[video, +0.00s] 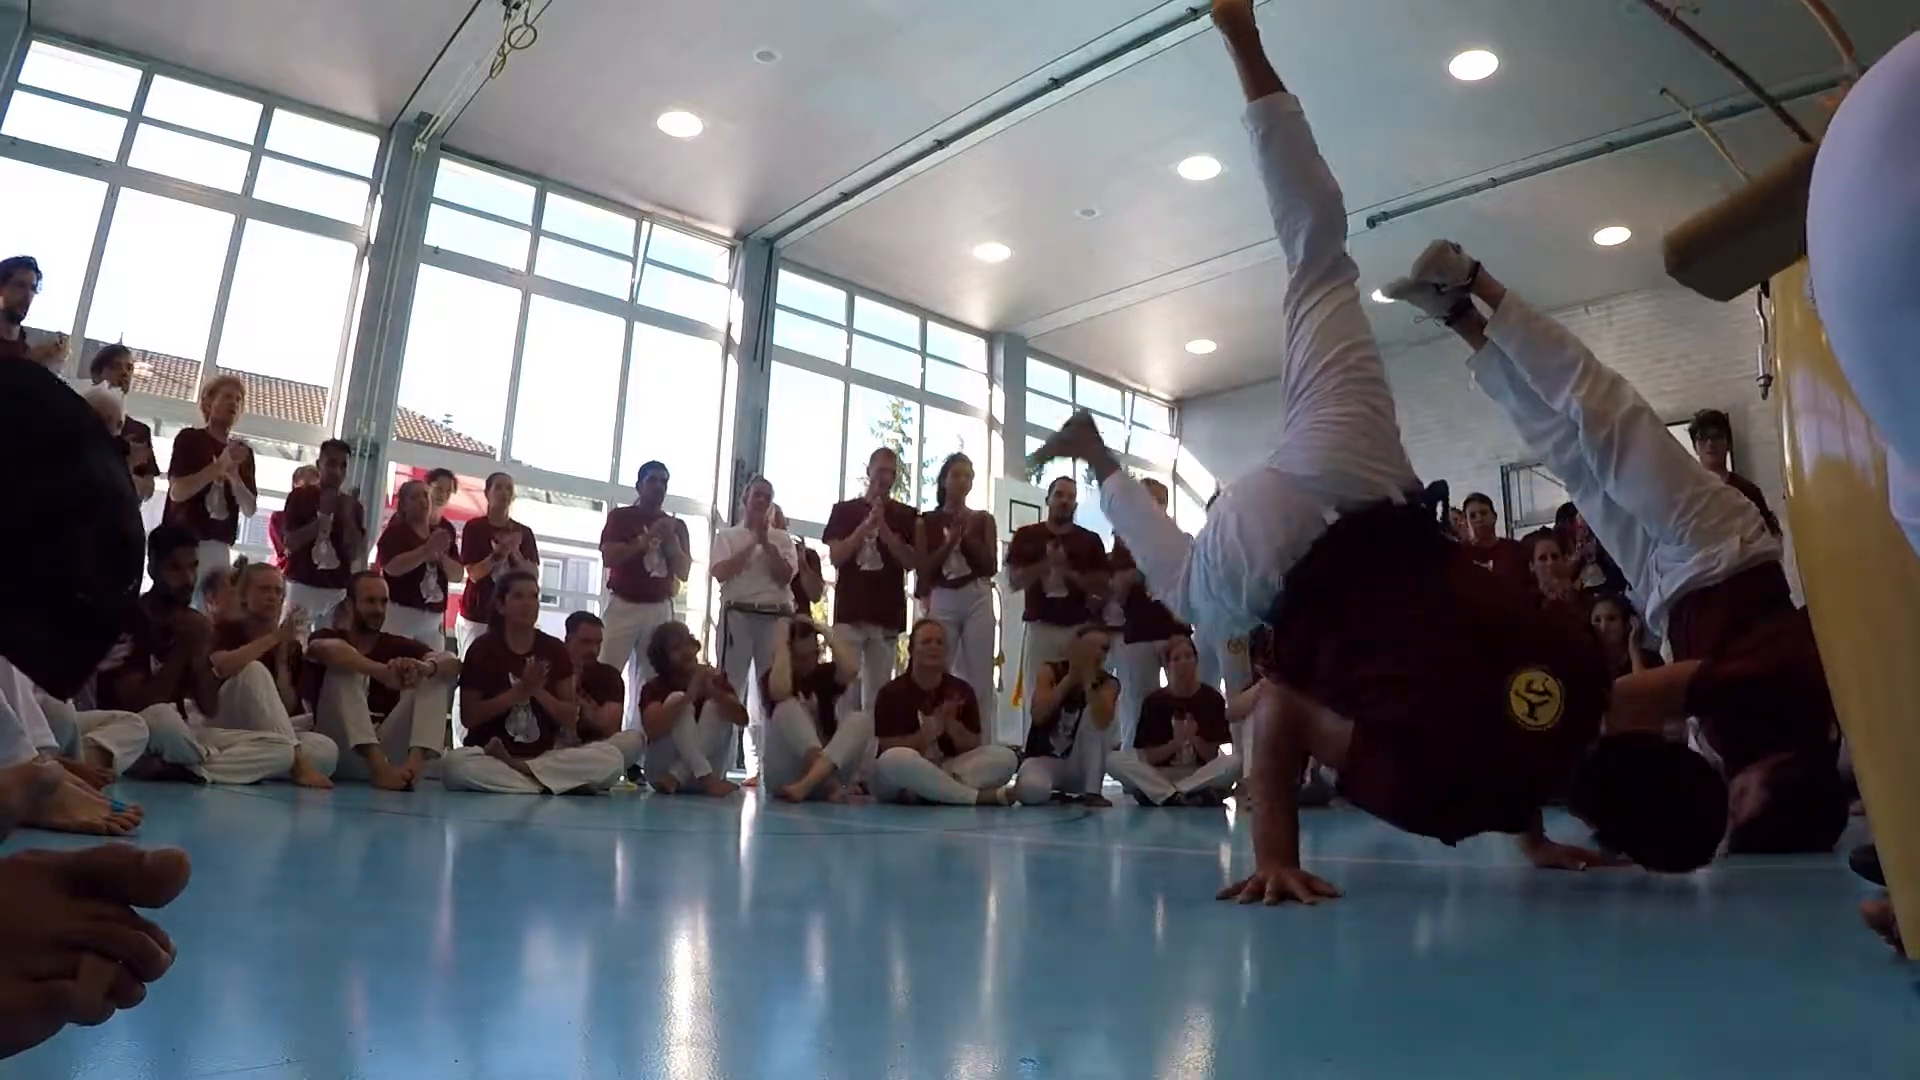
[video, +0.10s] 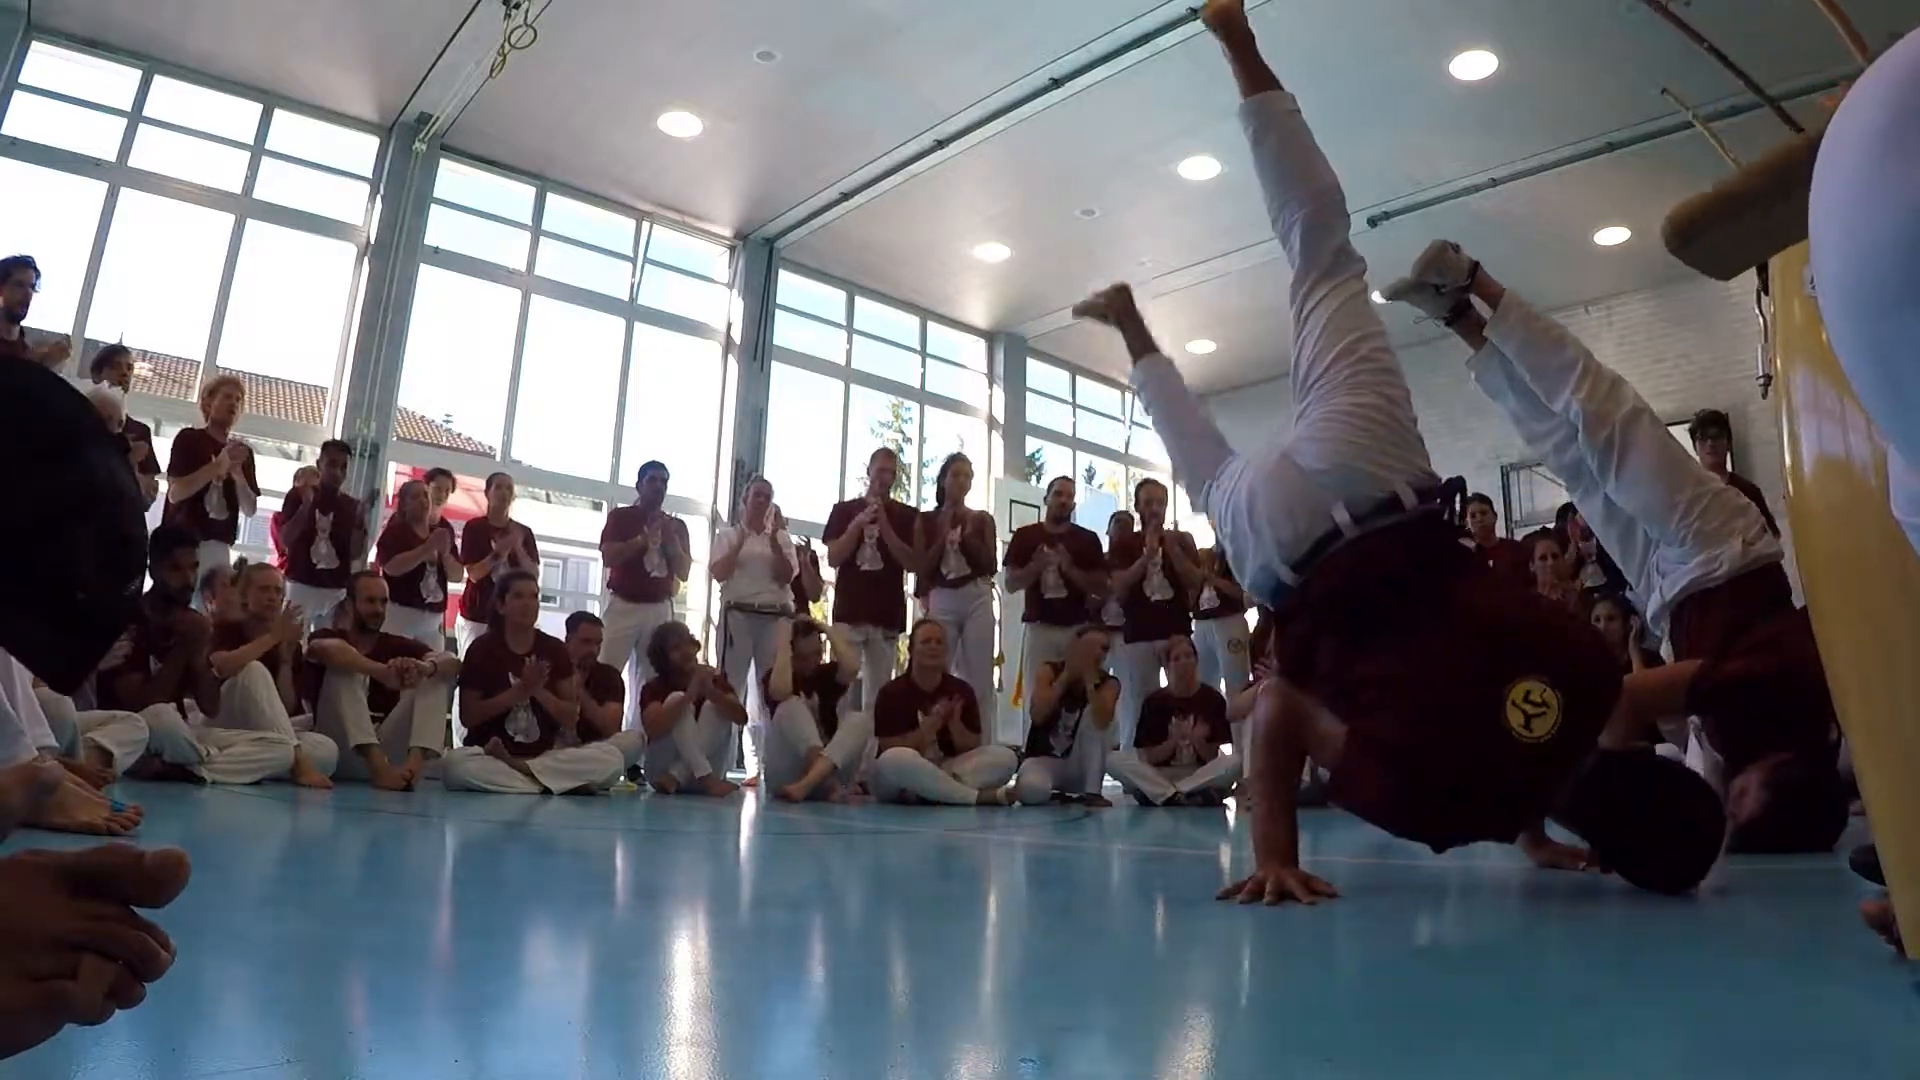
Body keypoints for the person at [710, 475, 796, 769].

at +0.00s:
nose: (759, 501)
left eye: (765, 497)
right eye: (755, 495)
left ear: (772, 503)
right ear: (744, 499)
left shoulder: (783, 538)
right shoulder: (728, 535)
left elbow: (785, 576)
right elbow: (719, 574)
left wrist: (765, 541)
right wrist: (750, 548)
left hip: (775, 616)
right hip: (737, 614)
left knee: (773, 693)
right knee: (730, 690)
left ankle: (769, 765)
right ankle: (722, 764)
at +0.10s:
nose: (759, 501)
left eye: (764, 497)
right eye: (755, 495)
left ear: (771, 503)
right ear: (744, 499)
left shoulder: (781, 536)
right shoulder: (729, 534)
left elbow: (787, 576)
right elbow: (718, 573)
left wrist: (774, 538)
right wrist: (740, 541)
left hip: (775, 616)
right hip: (737, 615)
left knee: (774, 693)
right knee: (730, 689)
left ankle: (769, 764)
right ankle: (724, 764)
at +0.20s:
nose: (758, 501)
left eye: (764, 497)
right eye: (754, 495)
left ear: (771, 503)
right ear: (743, 499)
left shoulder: (781, 538)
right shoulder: (727, 535)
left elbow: (786, 576)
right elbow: (719, 574)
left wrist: (773, 539)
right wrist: (742, 541)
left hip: (774, 616)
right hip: (736, 615)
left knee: (773, 692)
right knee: (730, 689)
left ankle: (770, 762)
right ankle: (723, 763)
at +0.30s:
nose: (759, 501)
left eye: (764, 497)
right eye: (755, 496)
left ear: (772, 503)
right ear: (744, 500)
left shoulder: (783, 538)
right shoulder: (726, 535)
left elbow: (786, 573)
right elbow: (719, 574)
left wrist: (763, 539)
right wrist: (752, 551)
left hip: (774, 617)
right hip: (736, 615)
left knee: (772, 693)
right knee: (730, 690)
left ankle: (768, 763)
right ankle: (722, 764)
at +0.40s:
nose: (758, 501)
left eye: (764, 497)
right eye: (754, 495)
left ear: (771, 503)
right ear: (744, 499)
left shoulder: (782, 538)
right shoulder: (727, 536)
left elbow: (787, 576)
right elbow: (717, 575)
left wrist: (765, 542)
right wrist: (751, 551)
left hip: (774, 617)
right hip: (736, 616)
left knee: (772, 693)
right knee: (730, 690)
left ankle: (768, 763)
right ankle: (723, 764)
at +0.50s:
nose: (759, 501)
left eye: (764, 497)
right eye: (755, 495)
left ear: (771, 503)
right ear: (744, 499)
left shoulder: (781, 538)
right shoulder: (728, 535)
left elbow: (786, 577)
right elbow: (716, 575)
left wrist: (771, 541)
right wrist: (746, 544)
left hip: (774, 617)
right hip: (736, 615)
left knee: (772, 692)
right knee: (730, 690)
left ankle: (768, 763)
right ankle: (723, 763)